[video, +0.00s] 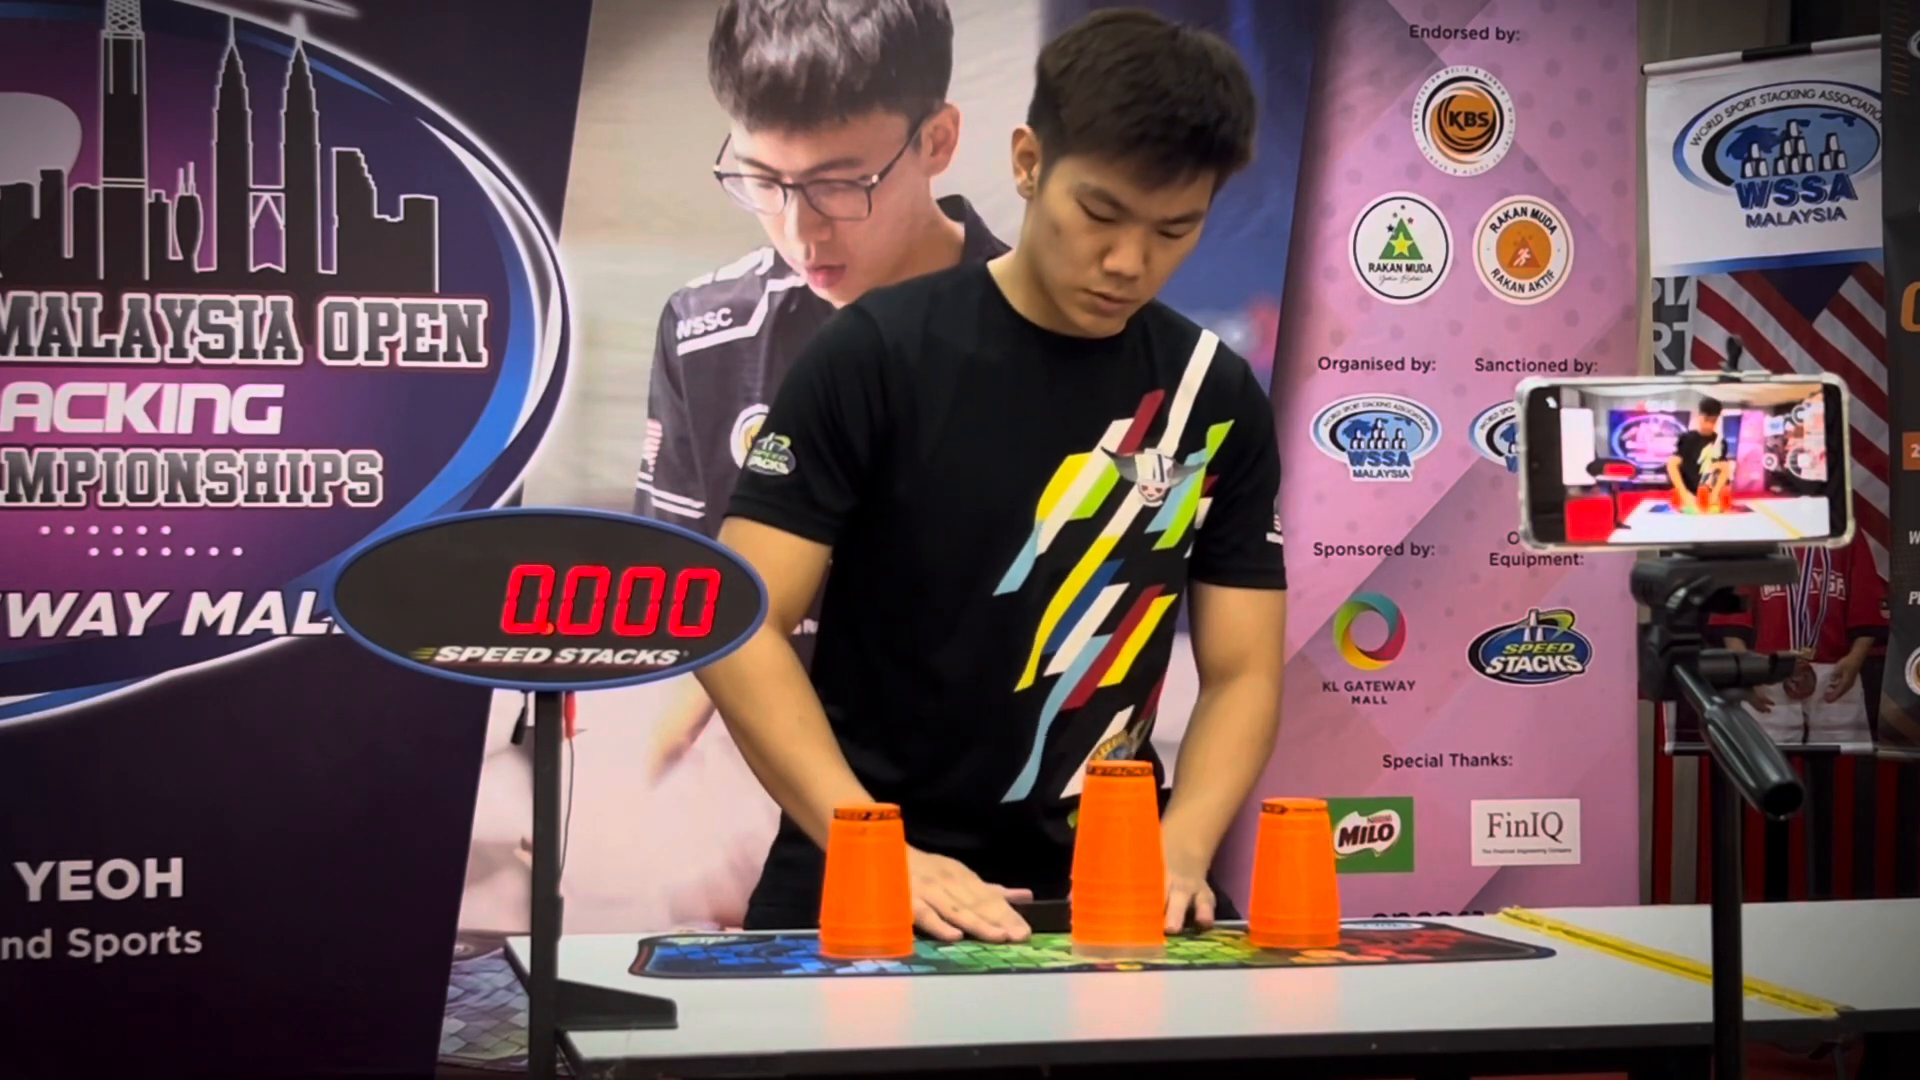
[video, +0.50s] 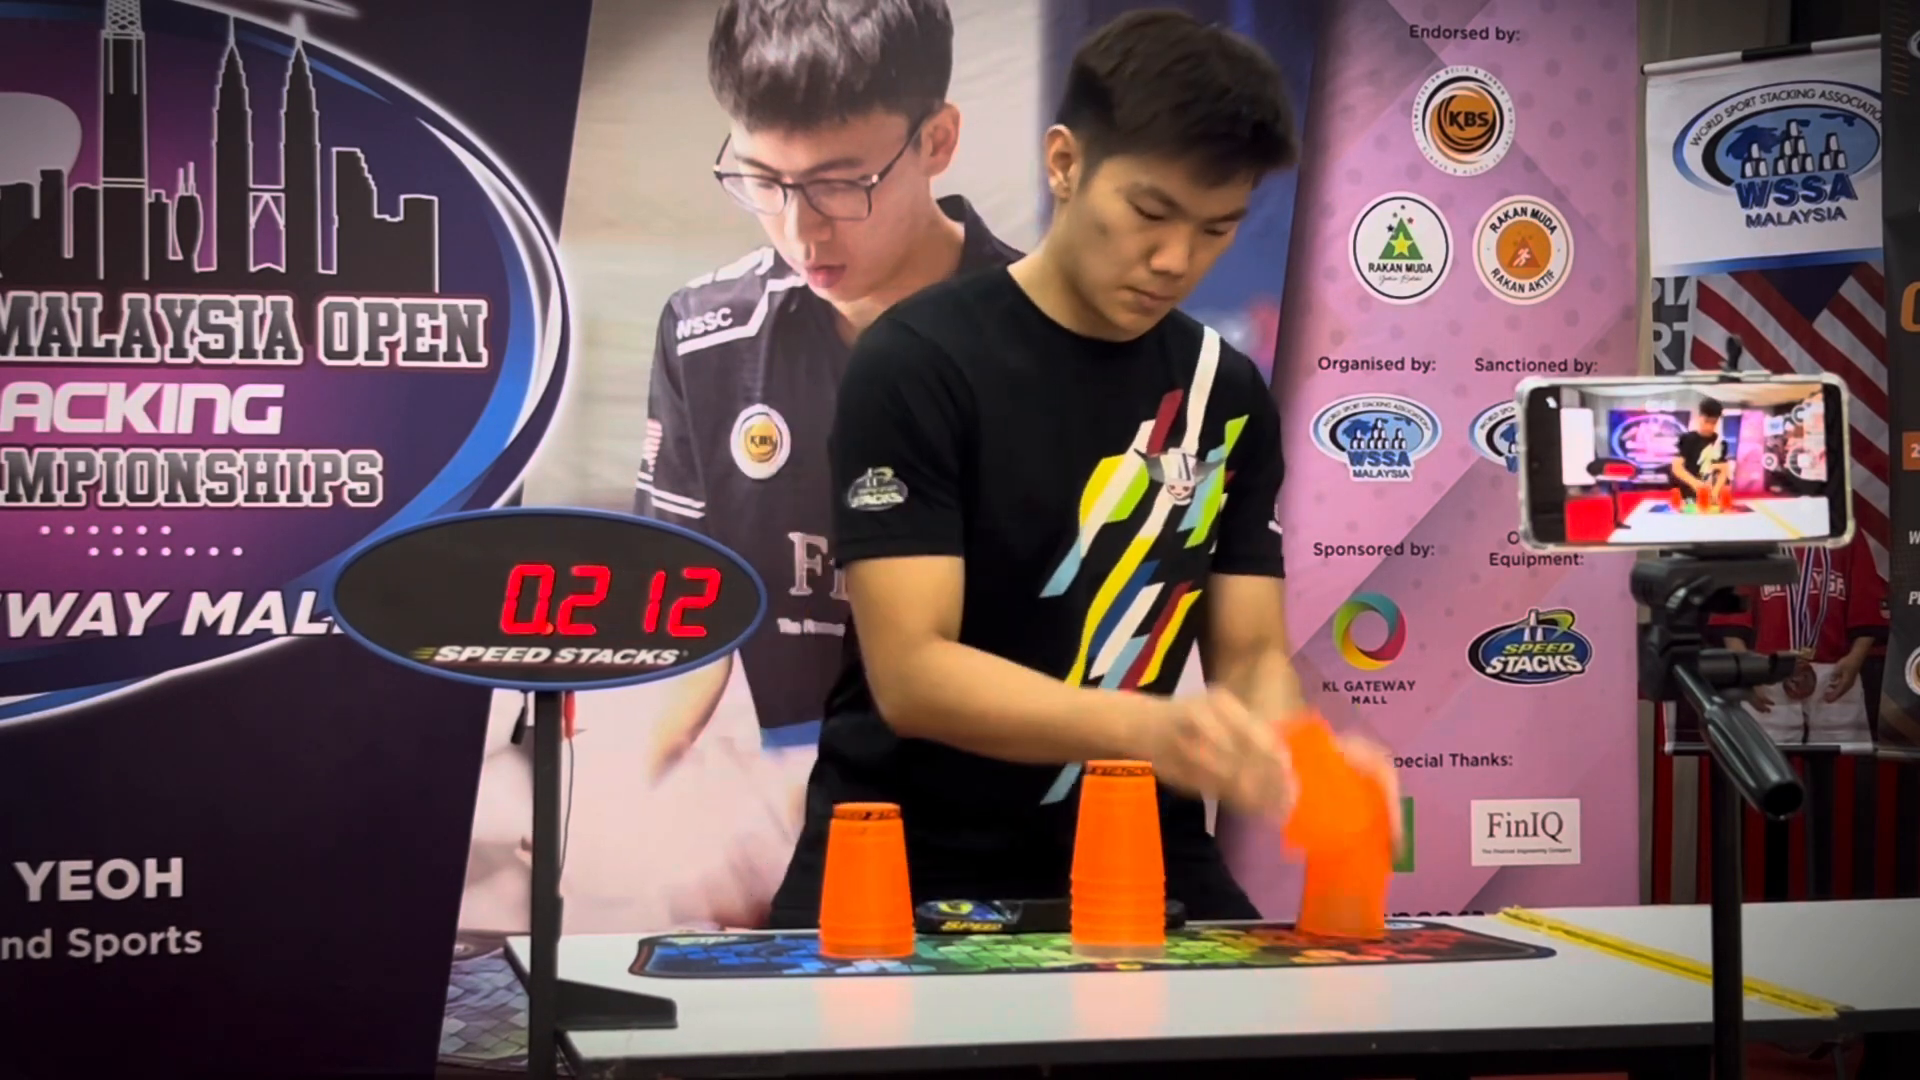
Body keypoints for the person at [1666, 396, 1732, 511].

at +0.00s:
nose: (1709, 425)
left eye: (1713, 421)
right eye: (1706, 420)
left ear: (1717, 420)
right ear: (1700, 417)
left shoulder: (1720, 442)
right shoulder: (1687, 439)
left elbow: (1724, 470)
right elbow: (1672, 465)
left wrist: (1714, 494)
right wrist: (1685, 496)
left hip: (1710, 500)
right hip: (1690, 499)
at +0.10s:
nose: (1708, 425)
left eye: (1713, 421)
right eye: (1706, 420)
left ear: (1717, 420)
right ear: (1699, 417)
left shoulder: (1720, 443)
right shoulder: (1687, 439)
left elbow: (1723, 471)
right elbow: (1672, 464)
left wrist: (1714, 495)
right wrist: (1685, 495)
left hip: (1710, 500)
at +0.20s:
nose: (1709, 426)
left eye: (1713, 421)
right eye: (1706, 420)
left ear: (1717, 420)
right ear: (1699, 417)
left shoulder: (1720, 443)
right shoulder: (1687, 439)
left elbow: (1723, 471)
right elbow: (1672, 465)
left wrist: (1714, 495)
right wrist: (1685, 495)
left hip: (1710, 500)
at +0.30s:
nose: (1709, 426)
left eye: (1713, 421)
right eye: (1706, 420)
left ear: (1717, 420)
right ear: (1699, 418)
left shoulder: (1720, 443)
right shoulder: (1687, 439)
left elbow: (1723, 471)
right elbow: (1672, 465)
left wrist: (1714, 494)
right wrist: (1685, 495)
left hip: (1711, 500)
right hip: (1690, 500)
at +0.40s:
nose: (1709, 426)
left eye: (1713, 422)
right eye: (1706, 421)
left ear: (1717, 421)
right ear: (1699, 418)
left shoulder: (1720, 443)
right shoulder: (1686, 439)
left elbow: (1724, 469)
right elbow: (1672, 465)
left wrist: (1714, 494)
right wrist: (1688, 494)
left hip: (1711, 500)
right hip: (1690, 500)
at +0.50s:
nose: (1709, 427)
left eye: (1713, 422)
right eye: (1706, 421)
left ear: (1717, 421)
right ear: (1699, 418)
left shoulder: (1721, 443)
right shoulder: (1687, 439)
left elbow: (1723, 471)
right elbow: (1676, 467)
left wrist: (1715, 491)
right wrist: (1696, 485)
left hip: (1711, 497)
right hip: (1688, 497)